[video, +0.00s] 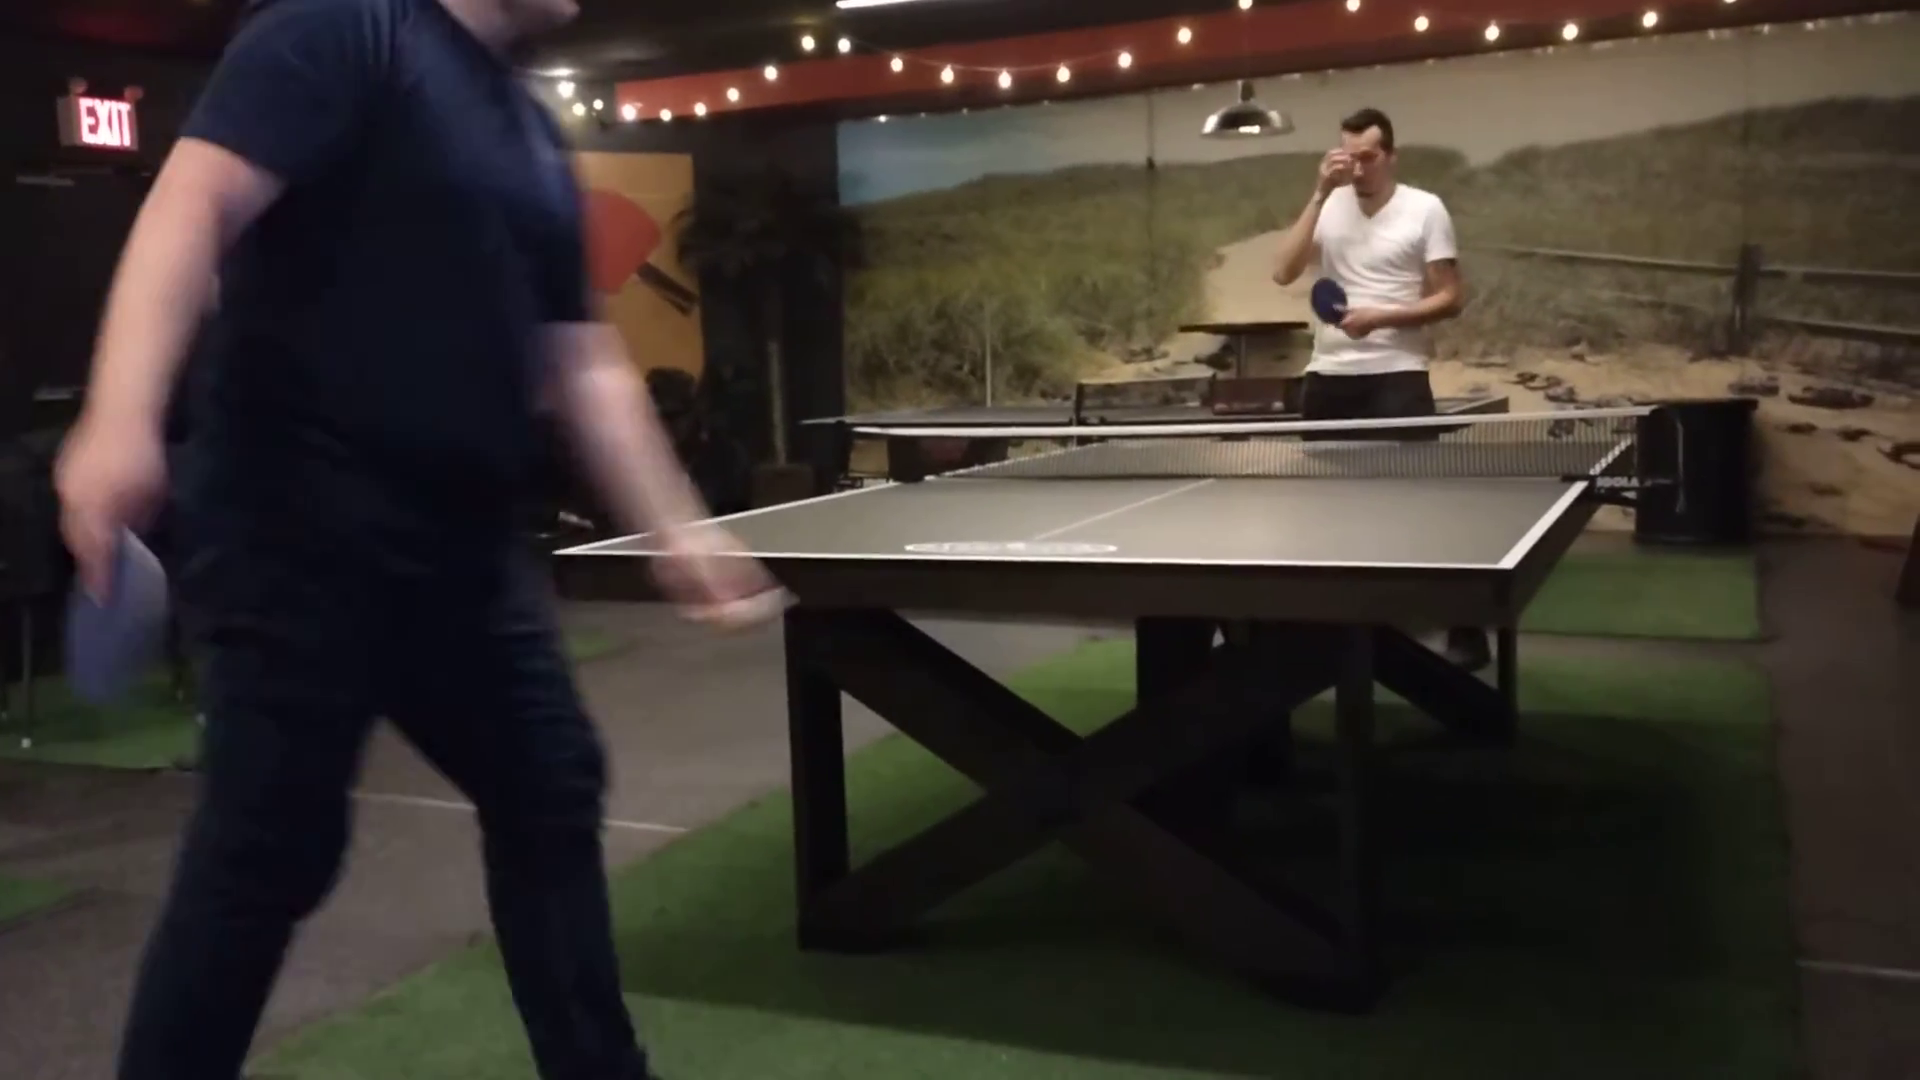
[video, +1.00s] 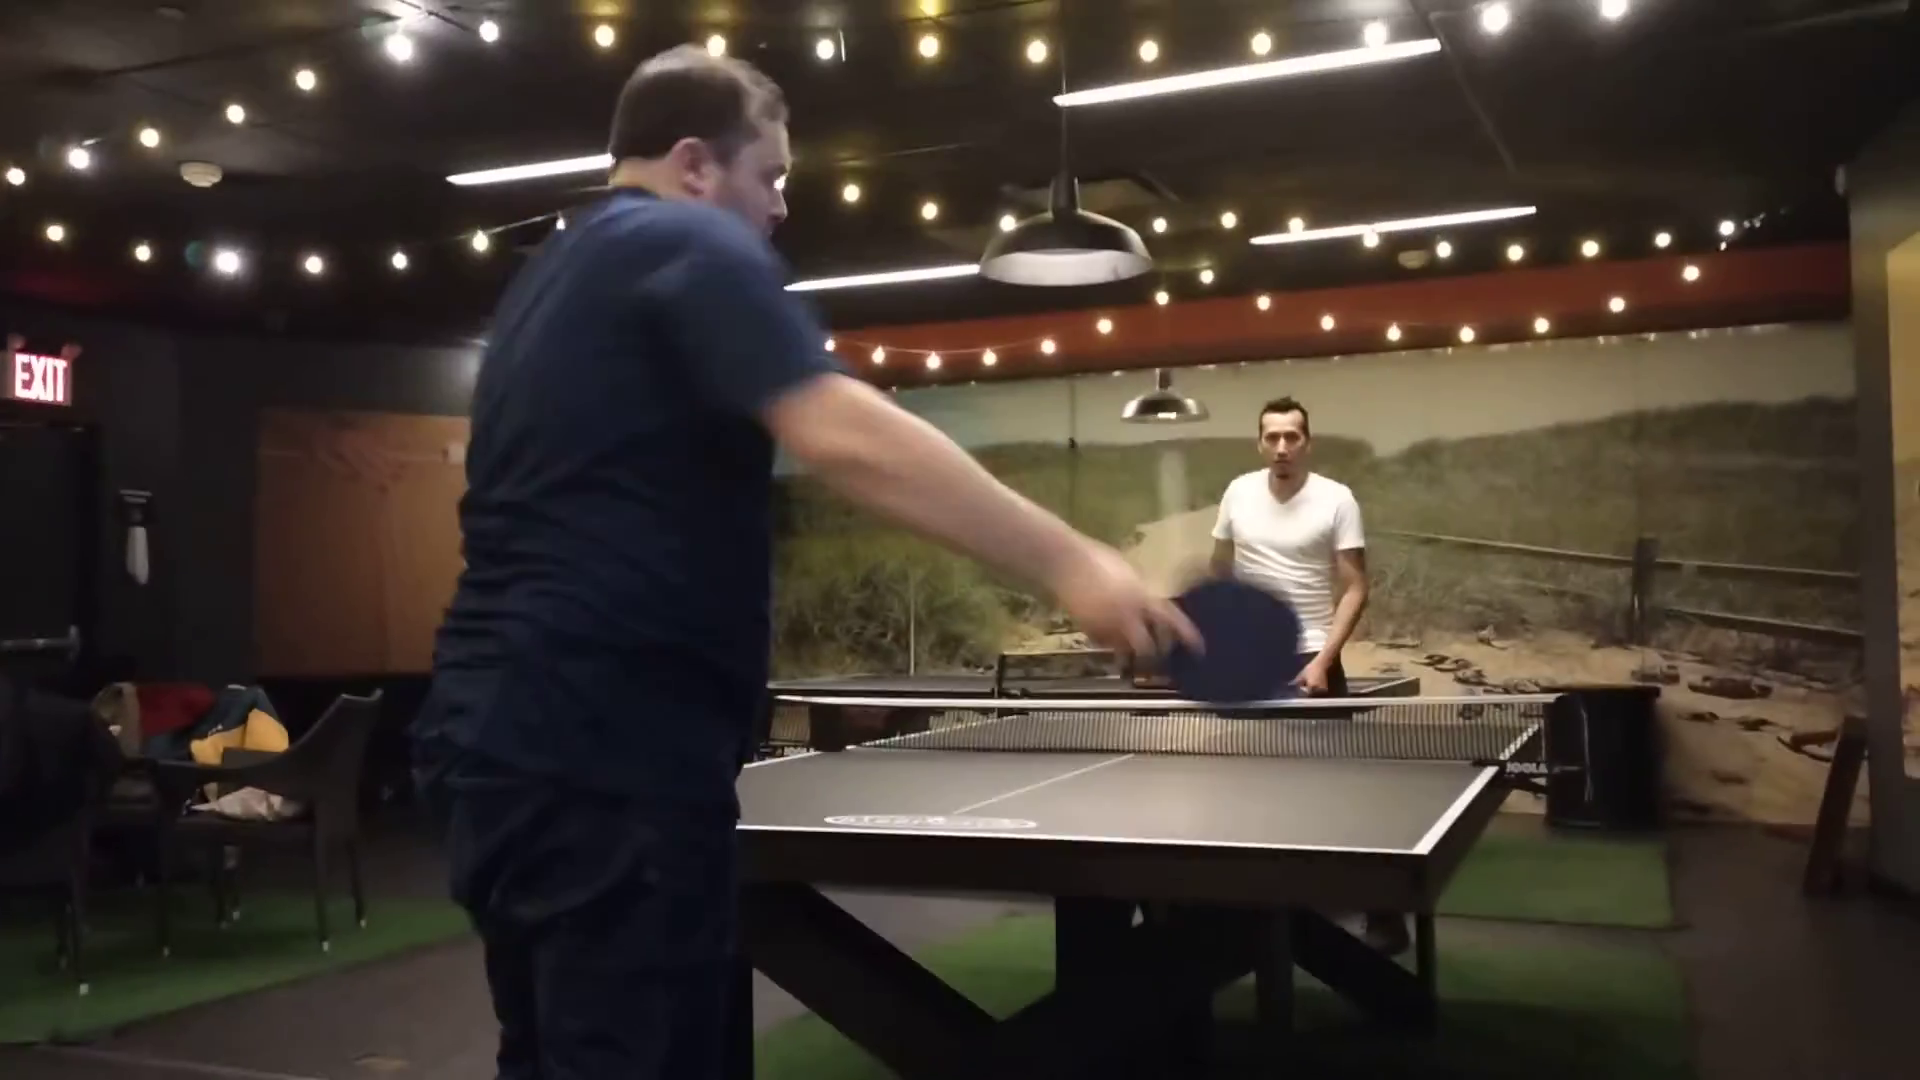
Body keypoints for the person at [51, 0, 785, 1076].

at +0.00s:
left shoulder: (525, 125)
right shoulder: (339, 32)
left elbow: (584, 356)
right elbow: (191, 201)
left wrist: (677, 527)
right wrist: (119, 420)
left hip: (454, 556)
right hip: (289, 541)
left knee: (547, 787)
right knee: (263, 848)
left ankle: (596, 1066)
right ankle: (172, 1066)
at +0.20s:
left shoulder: (660, 93)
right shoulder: (411, 21)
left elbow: (771, 271)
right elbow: (232, 135)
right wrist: (50, 257)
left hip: (577, 500)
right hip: (416, 480)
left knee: (610, 786)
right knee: (464, 800)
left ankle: (594, 1064)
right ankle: (262, 1067)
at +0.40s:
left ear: (691, 1)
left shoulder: (725, 140)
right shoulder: (491, 78)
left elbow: (859, 264)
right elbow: (292, 167)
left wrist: (1012, 199)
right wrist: (65, 236)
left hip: (651, 549)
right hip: (507, 535)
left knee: (616, 849)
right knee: (613, 842)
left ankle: (553, 1063)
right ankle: (495, 1059)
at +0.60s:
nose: (748, 41)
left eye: (742, 21)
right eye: (713, 17)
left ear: (667, 56)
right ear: (626, 50)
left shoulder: (729, 249)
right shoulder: (555, 156)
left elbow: (816, 410)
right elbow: (395, 206)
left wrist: (956, 498)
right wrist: (205, 216)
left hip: (661, 643)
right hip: (556, 633)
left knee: (602, 947)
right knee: (666, 952)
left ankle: (552, 1078)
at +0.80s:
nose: (781, 140)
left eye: (776, 117)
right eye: (756, 114)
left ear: (668, 127)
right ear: (664, 122)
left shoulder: (662, 247)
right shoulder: (618, 201)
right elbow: (563, 279)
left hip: (638, 691)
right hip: (593, 693)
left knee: (585, 1028)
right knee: (657, 1028)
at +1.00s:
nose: (781, 208)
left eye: (783, 183)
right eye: (772, 178)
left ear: (672, 164)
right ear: (694, 164)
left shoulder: (557, 269)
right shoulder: (688, 248)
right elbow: (835, 431)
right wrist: (1071, 561)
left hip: (509, 751)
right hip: (613, 760)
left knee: (550, 1056)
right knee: (654, 1057)